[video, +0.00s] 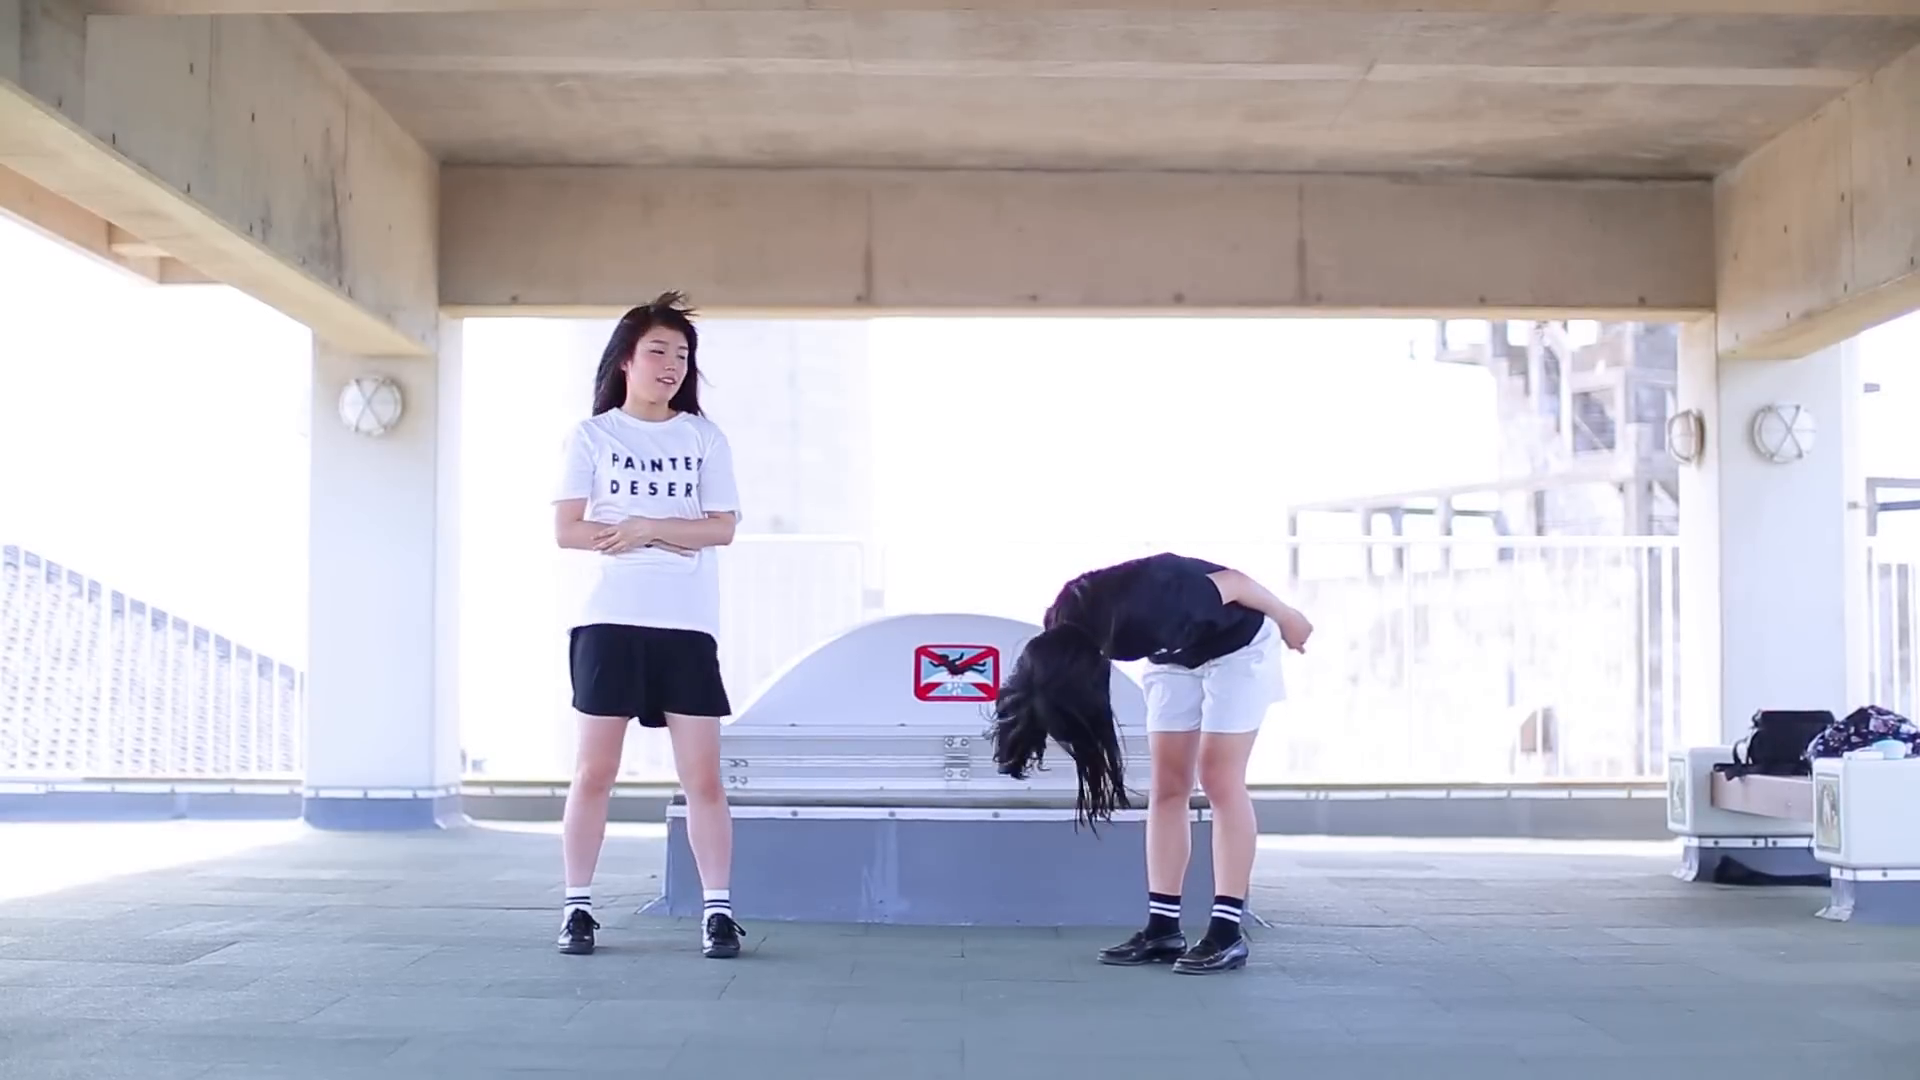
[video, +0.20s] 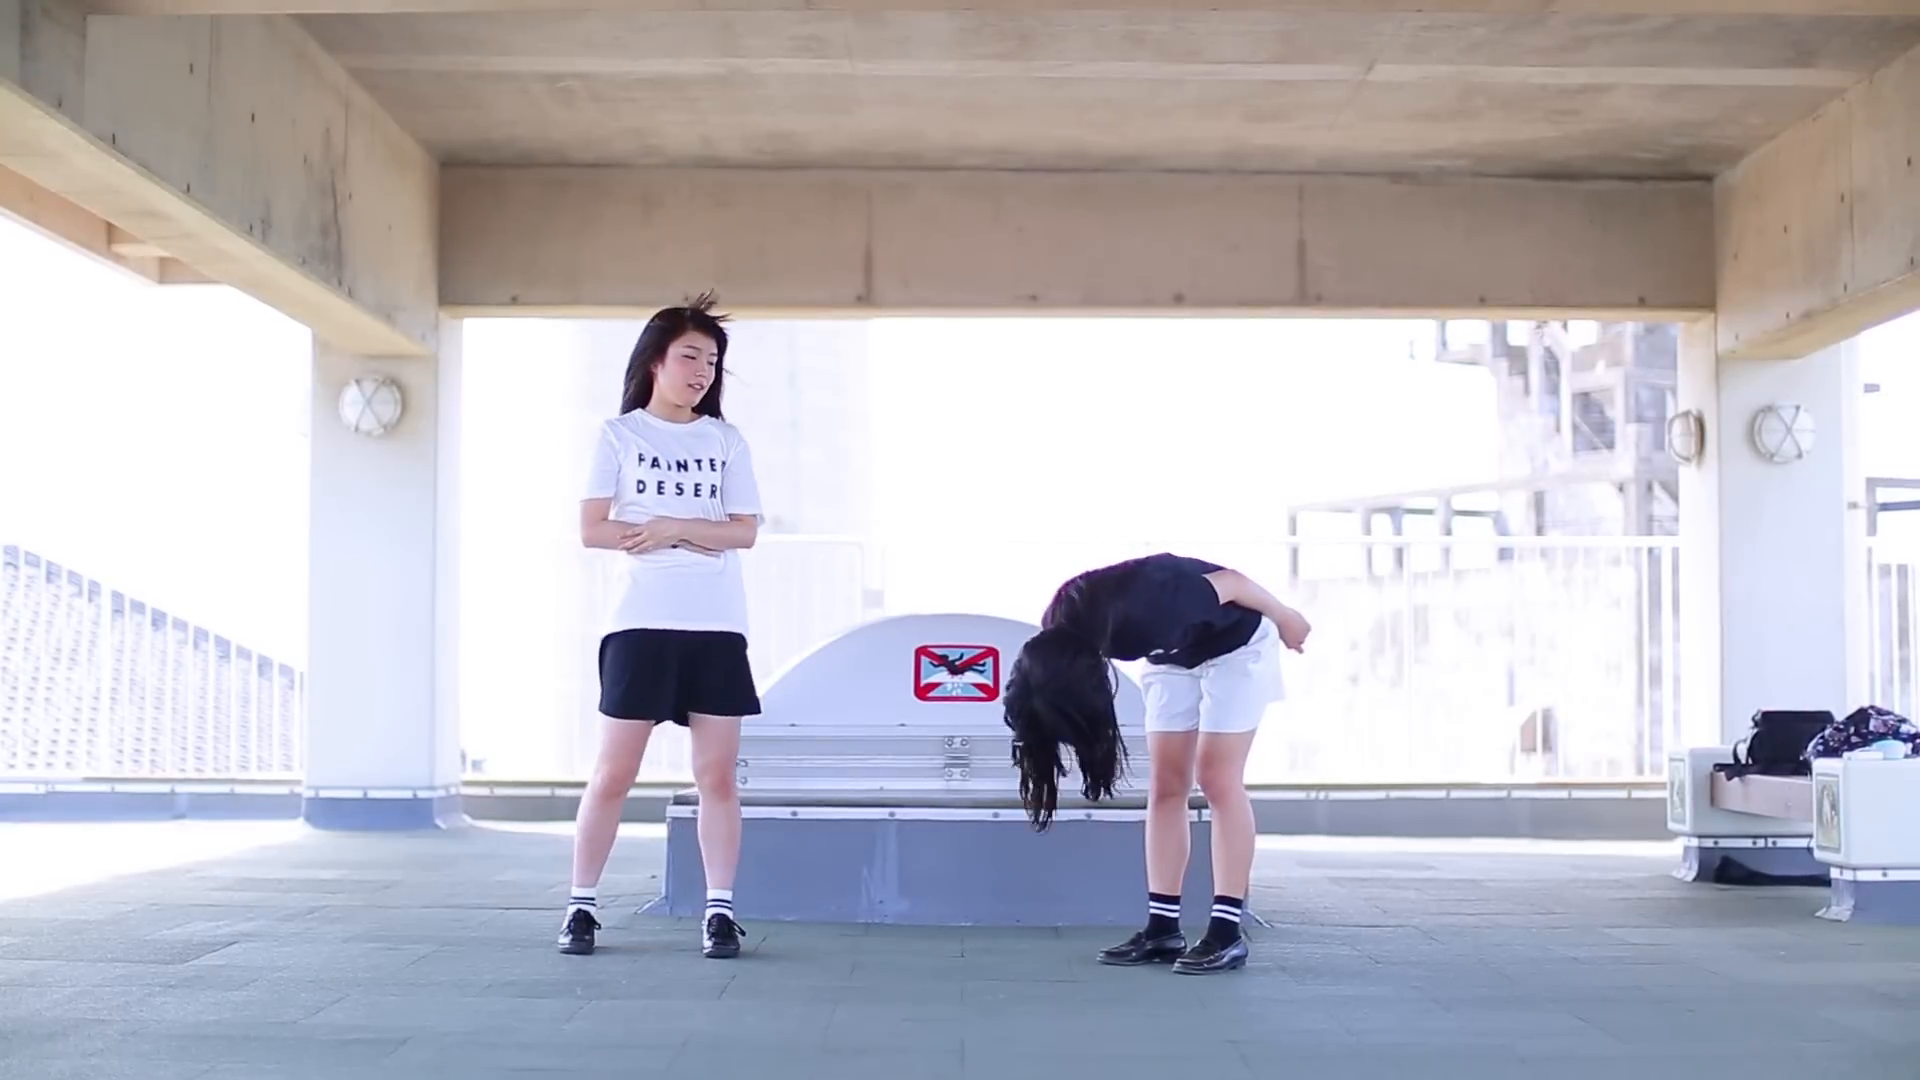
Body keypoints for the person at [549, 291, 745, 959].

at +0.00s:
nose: (669, 364)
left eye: (679, 353)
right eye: (655, 351)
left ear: (689, 365)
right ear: (625, 359)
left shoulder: (705, 436)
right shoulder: (591, 434)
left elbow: (723, 529)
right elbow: (567, 531)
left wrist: (648, 526)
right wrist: (661, 534)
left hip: (687, 625)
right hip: (611, 622)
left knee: (705, 782)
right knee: (594, 774)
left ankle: (718, 911)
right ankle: (578, 908)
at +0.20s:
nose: (700, 369)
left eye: (710, 360)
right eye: (688, 354)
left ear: (717, 372)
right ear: (654, 358)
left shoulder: (727, 440)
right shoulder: (619, 433)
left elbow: (746, 531)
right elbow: (592, 530)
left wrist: (672, 527)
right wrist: (685, 529)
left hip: (718, 629)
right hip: (643, 626)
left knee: (719, 778)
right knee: (613, 775)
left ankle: (720, 910)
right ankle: (582, 906)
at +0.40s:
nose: (728, 371)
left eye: (737, 362)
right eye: (716, 356)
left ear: (741, 372)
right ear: (681, 359)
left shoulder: (747, 441)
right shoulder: (643, 433)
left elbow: (767, 535)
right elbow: (617, 529)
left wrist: (694, 529)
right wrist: (712, 532)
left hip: (737, 629)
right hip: (663, 626)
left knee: (728, 779)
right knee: (636, 779)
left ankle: (720, 911)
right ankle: (601, 904)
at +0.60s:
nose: (751, 372)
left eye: (761, 364)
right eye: (741, 357)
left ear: (764, 375)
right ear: (705, 357)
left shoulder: (763, 446)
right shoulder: (657, 425)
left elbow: (774, 542)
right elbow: (623, 519)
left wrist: (700, 531)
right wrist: (720, 535)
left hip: (735, 626)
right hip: (662, 623)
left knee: (728, 776)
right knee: (667, 776)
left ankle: (720, 909)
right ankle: (669, 906)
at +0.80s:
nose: (768, 381)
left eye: (777, 372)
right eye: (760, 365)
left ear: (778, 381)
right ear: (723, 359)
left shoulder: (767, 450)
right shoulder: (665, 418)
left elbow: (772, 549)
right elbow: (620, 506)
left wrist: (700, 540)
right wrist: (707, 540)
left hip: (730, 625)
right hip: (657, 619)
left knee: (723, 773)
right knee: (671, 773)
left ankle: (720, 908)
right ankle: (682, 909)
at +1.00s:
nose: (780, 388)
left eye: (788, 379)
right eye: (772, 372)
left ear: (788, 386)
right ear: (734, 364)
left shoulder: (773, 456)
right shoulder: (674, 419)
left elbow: (777, 553)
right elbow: (625, 505)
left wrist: (706, 544)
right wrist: (702, 556)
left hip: (725, 631)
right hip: (652, 623)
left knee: (720, 777)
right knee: (666, 776)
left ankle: (719, 909)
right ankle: (681, 909)